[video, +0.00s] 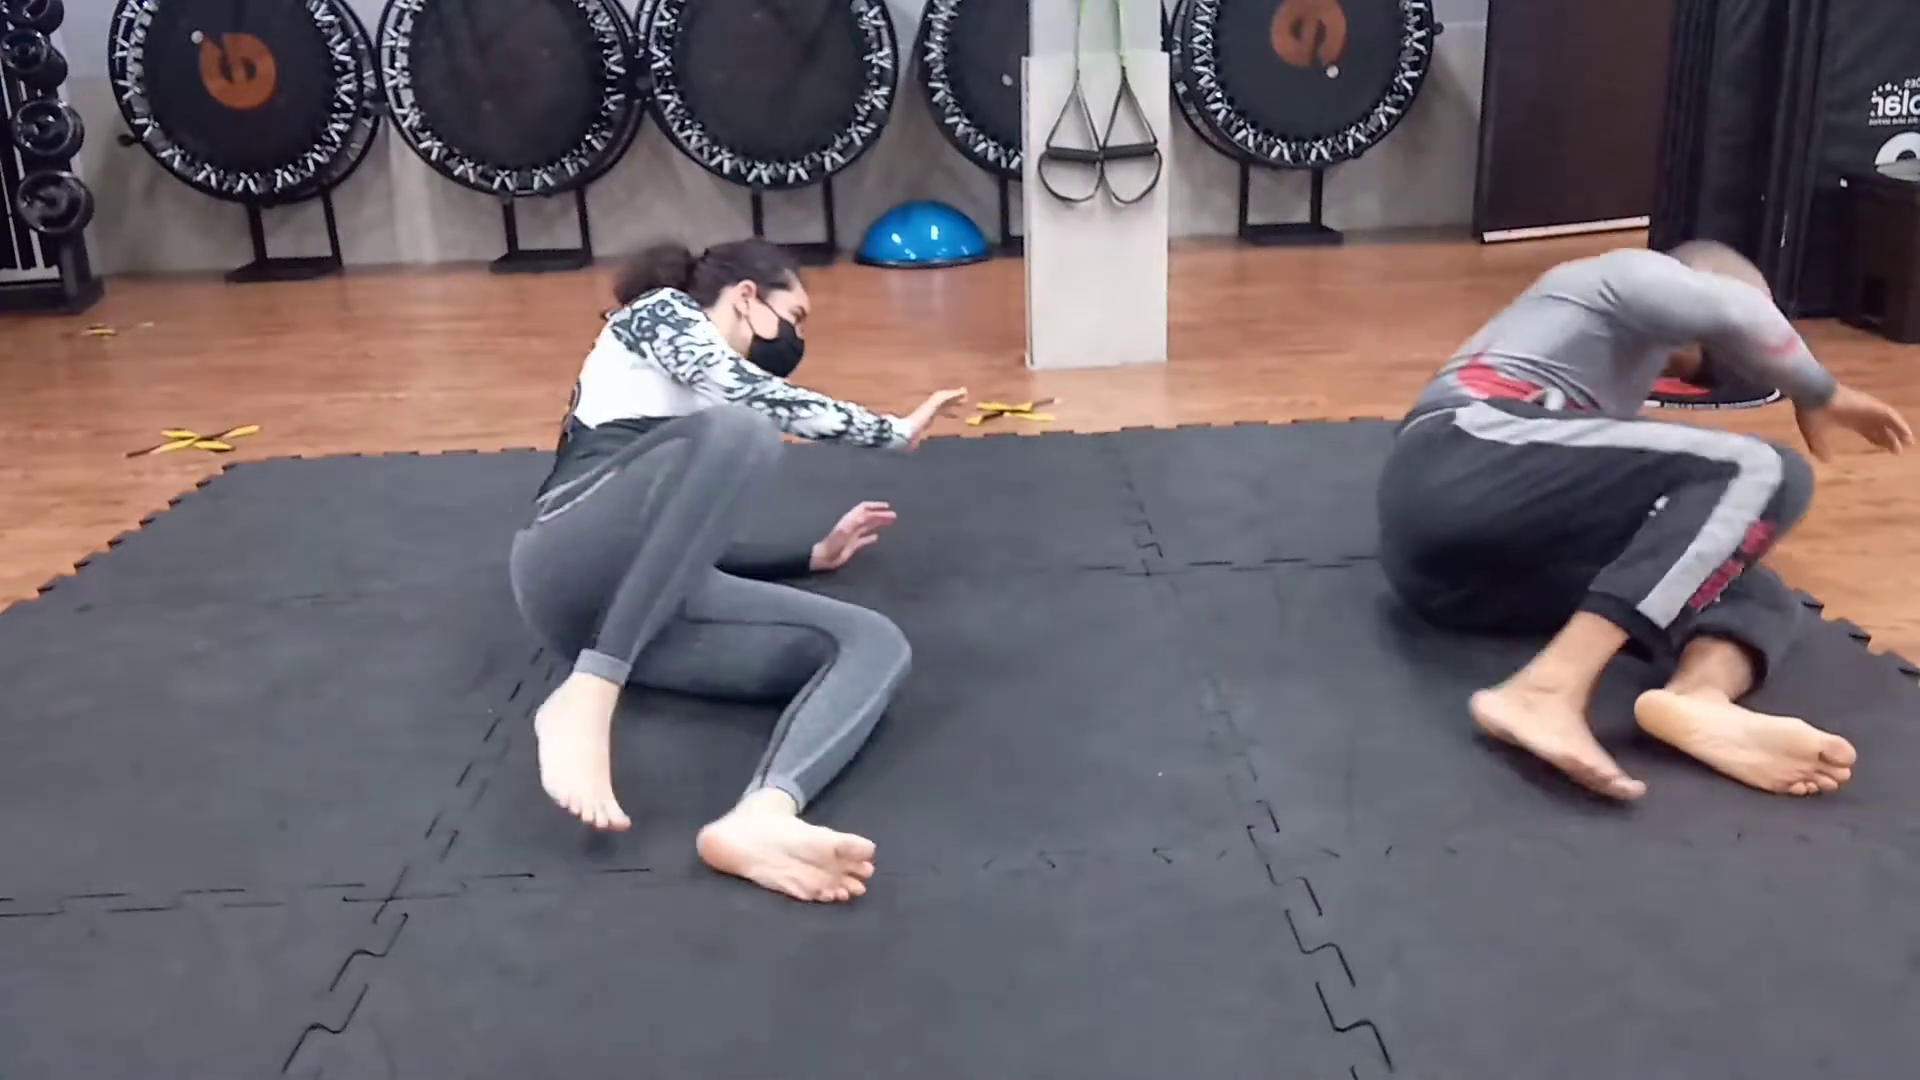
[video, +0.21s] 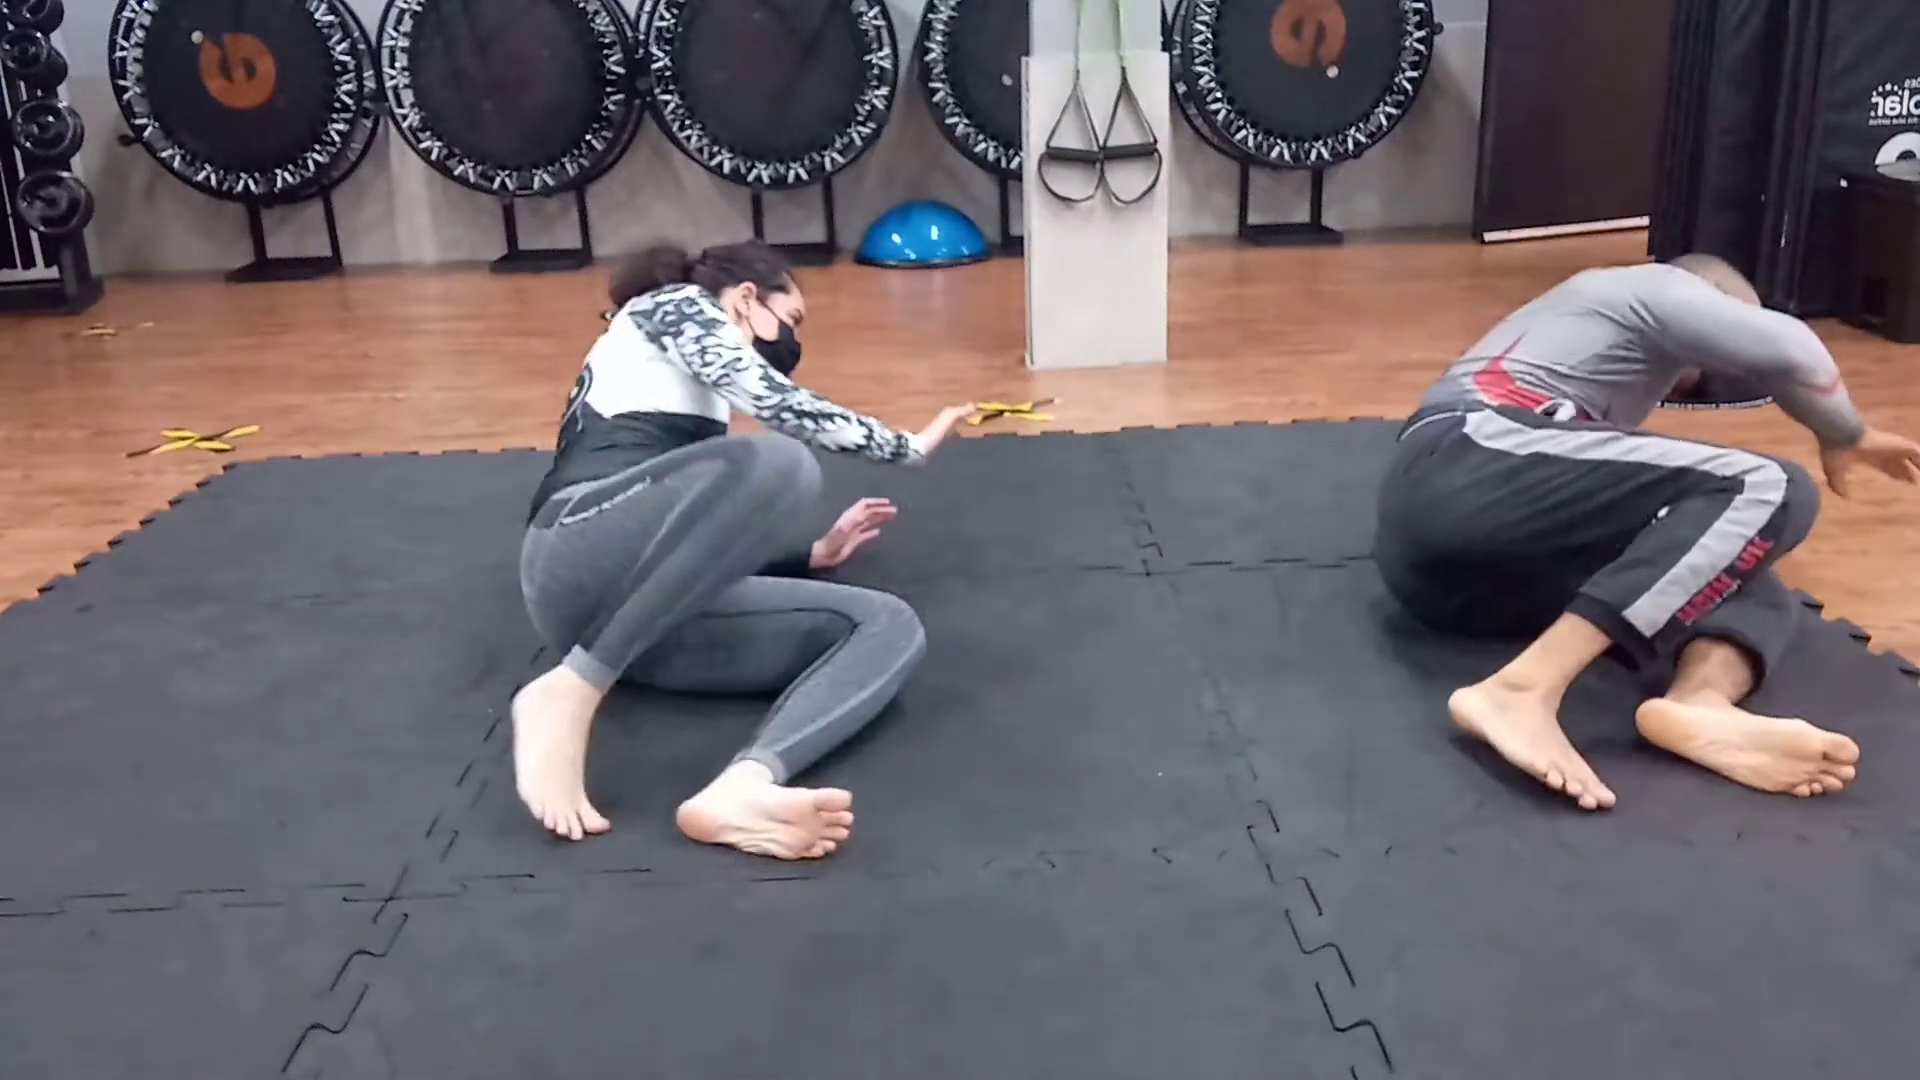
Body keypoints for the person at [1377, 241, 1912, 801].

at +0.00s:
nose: (1707, 386)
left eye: (1715, 383)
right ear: (1715, 298)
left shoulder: (1613, 390)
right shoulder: (1624, 275)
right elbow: (1740, 309)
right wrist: (1822, 395)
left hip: (1447, 583)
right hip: (1454, 466)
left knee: (1757, 585)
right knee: (1761, 468)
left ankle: (1698, 694)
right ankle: (1546, 690)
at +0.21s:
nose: (1700, 391)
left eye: (1711, 383)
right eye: (1711, 372)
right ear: (1709, 305)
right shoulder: (1651, 288)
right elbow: (1794, 350)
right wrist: (1845, 436)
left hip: (1445, 580)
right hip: (1458, 470)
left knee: (1755, 579)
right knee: (1767, 487)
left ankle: (1700, 696)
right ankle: (1522, 688)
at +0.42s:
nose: (1698, 385)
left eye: (1709, 375)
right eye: (1719, 345)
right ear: (1702, 303)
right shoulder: (1645, 292)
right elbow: (1817, 358)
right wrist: (1873, 444)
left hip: (1438, 583)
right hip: (1439, 473)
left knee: (1743, 579)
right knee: (1746, 467)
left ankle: (1711, 706)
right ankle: (1511, 690)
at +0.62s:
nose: (1723, 398)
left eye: (1726, 388)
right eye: (1724, 378)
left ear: (1665, 380)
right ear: (1696, 336)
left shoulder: (1609, 414)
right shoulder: (1642, 296)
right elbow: (1830, 343)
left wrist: (1709, 497)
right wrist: (1898, 443)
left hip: (1414, 585)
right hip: (1411, 467)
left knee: (1705, 568)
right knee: (1712, 452)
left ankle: (1702, 707)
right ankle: (1493, 692)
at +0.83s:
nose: (1726, 403)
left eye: (1734, 398)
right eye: (1730, 388)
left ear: (1649, 400)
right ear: (1692, 349)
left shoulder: (1582, 408)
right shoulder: (1632, 304)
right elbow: (1834, 340)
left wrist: (1685, 502)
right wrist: (1907, 446)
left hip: (1363, 571)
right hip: (1367, 457)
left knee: (1658, 571)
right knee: (1673, 445)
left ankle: (1686, 715)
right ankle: (1486, 703)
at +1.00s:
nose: (1706, 406)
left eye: (1714, 399)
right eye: (1714, 390)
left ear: (1638, 398)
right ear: (1688, 355)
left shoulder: (1578, 411)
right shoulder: (1621, 309)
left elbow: (1508, 510)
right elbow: (1823, 350)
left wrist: (1662, 508)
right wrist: (1905, 457)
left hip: (1335, 565)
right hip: (1335, 449)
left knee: (1599, 580)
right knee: (1645, 435)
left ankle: (1695, 740)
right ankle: (1480, 703)